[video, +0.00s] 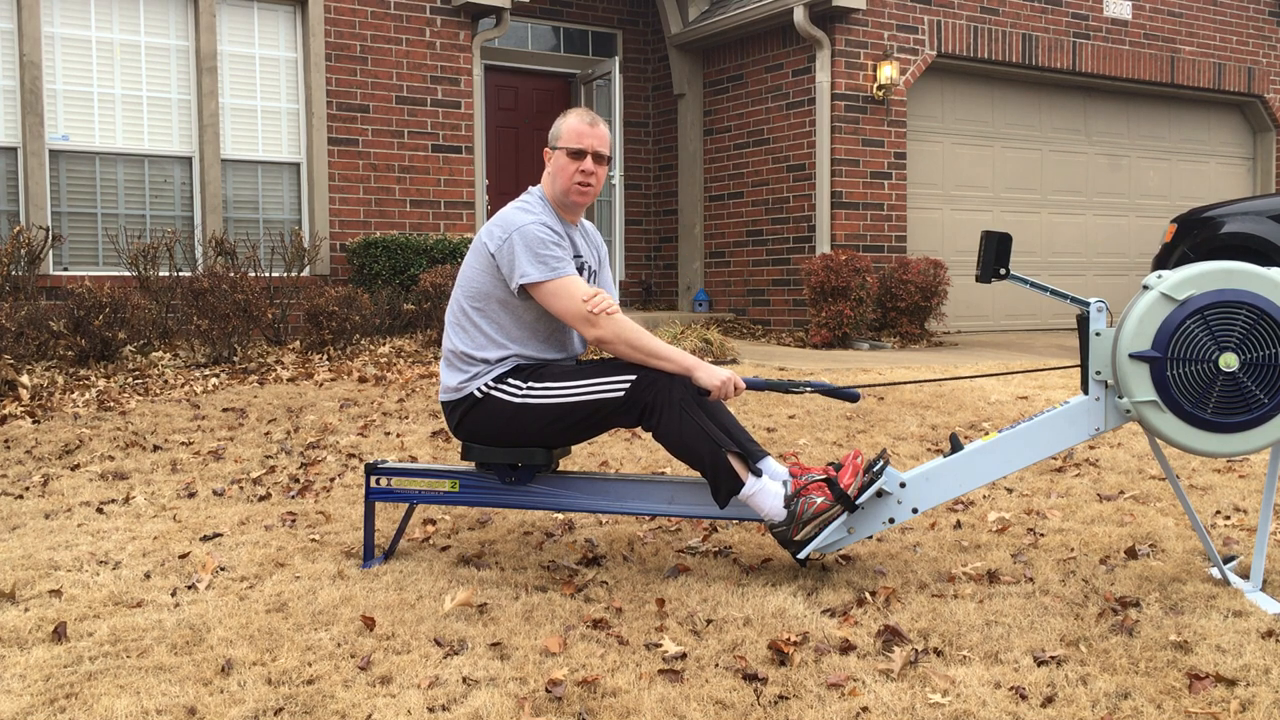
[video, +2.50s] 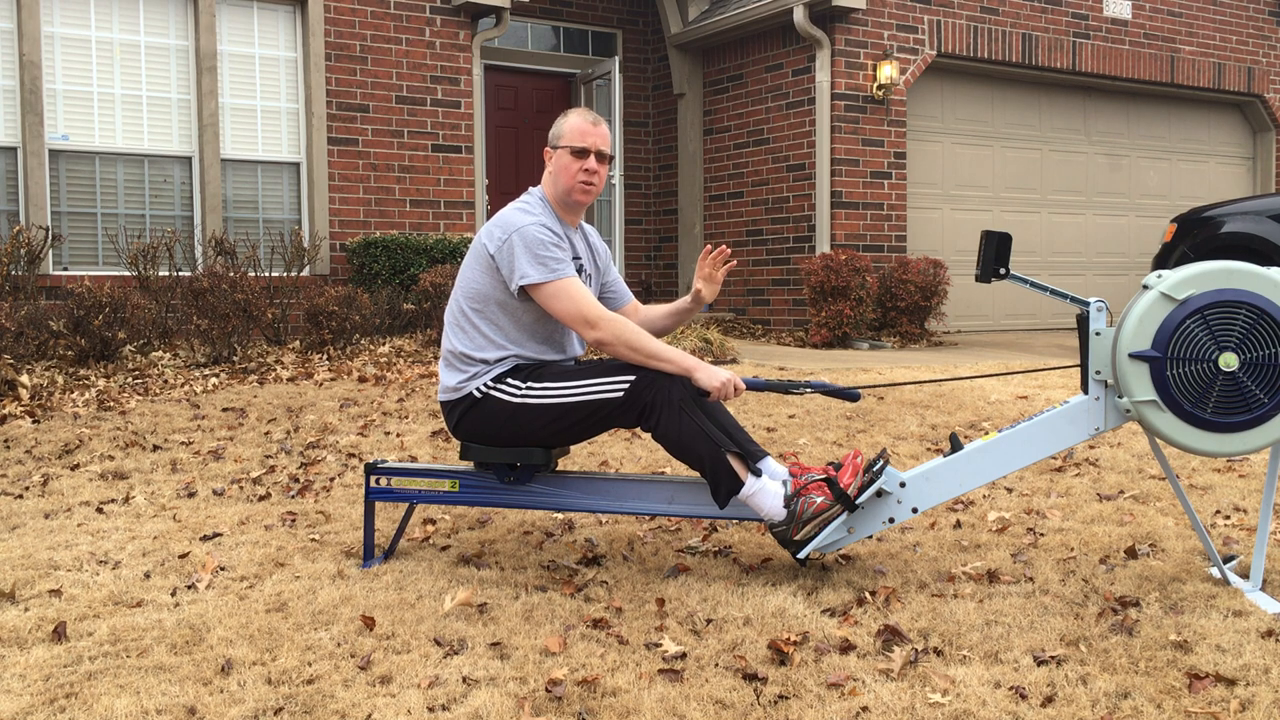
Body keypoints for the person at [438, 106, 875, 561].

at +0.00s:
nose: (588, 169)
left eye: (599, 160)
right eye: (575, 155)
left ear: (608, 170)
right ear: (546, 158)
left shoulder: (590, 240)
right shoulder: (524, 225)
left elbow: (612, 334)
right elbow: (597, 326)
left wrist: (609, 312)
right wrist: (697, 368)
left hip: (542, 377)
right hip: (488, 390)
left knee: (675, 379)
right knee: (652, 387)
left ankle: (788, 485)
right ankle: (777, 510)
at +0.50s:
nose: (586, 167)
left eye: (598, 158)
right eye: (573, 154)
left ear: (607, 169)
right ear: (545, 158)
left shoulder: (586, 239)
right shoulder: (523, 226)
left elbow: (608, 328)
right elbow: (594, 326)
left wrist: (674, 356)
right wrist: (699, 369)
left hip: (540, 376)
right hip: (487, 391)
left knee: (675, 378)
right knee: (652, 386)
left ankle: (788, 485)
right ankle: (777, 510)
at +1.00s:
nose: (589, 172)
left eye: (600, 163)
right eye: (577, 158)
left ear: (608, 172)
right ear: (548, 159)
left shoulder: (589, 238)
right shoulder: (524, 226)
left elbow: (621, 333)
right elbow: (595, 327)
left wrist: (649, 271)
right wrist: (697, 368)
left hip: (541, 377)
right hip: (488, 391)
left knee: (676, 378)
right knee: (652, 387)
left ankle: (788, 485)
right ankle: (777, 509)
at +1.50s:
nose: (591, 172)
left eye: (603, 164)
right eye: (579, 158)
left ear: (610, 174)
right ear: (549, 159)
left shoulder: (586, 237)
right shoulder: (525, 226)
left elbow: (631, 336)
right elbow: (593, 328)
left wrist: (632, 284)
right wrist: (698, 369)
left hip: (538, 376)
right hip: (487, 390)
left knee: (674, 377)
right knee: (651, 387)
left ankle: (786, 483)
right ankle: (775, 509)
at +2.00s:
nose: (593, 168)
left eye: (603, 160)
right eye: (581, 154)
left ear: (610, 171)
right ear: (548, 158)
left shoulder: (587, 240)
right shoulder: (523, 226)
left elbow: (637, 320)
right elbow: (592, 327)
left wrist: (694, 306)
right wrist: (697, 369)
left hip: (541, 377)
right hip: (487, 391)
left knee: (675, 376)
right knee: (651, 386)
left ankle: (786, 484)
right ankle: (776, 510)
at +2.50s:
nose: (592, 168)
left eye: (603, 159)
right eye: (579, 154)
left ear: (609, 171)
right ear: (548, 158)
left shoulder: (586, 239)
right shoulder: (524, 226)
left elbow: (635, 320)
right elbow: (592, 326)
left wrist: (694, 300)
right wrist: (698, 370)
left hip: (540, 377)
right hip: (487, 391)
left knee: (675, 377)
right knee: (650, 387)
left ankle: (788, 485)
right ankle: (777, 510)